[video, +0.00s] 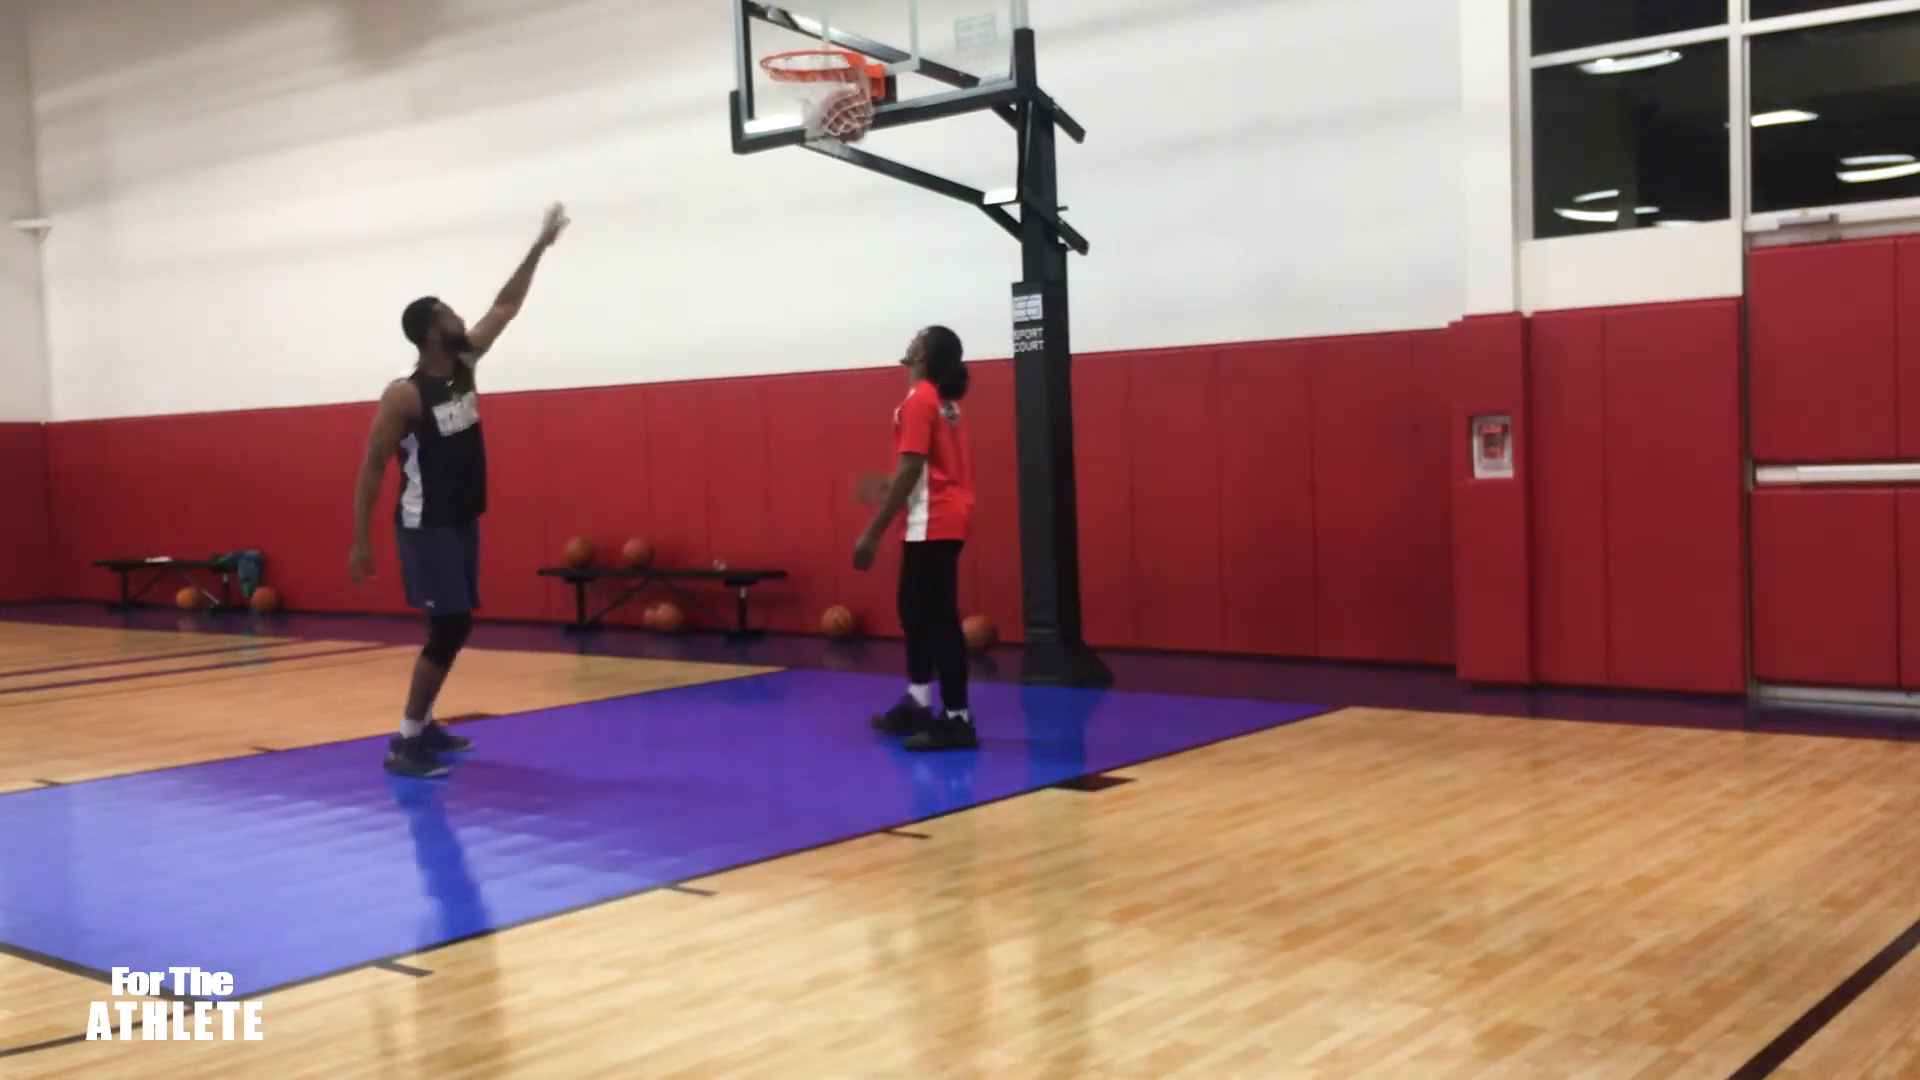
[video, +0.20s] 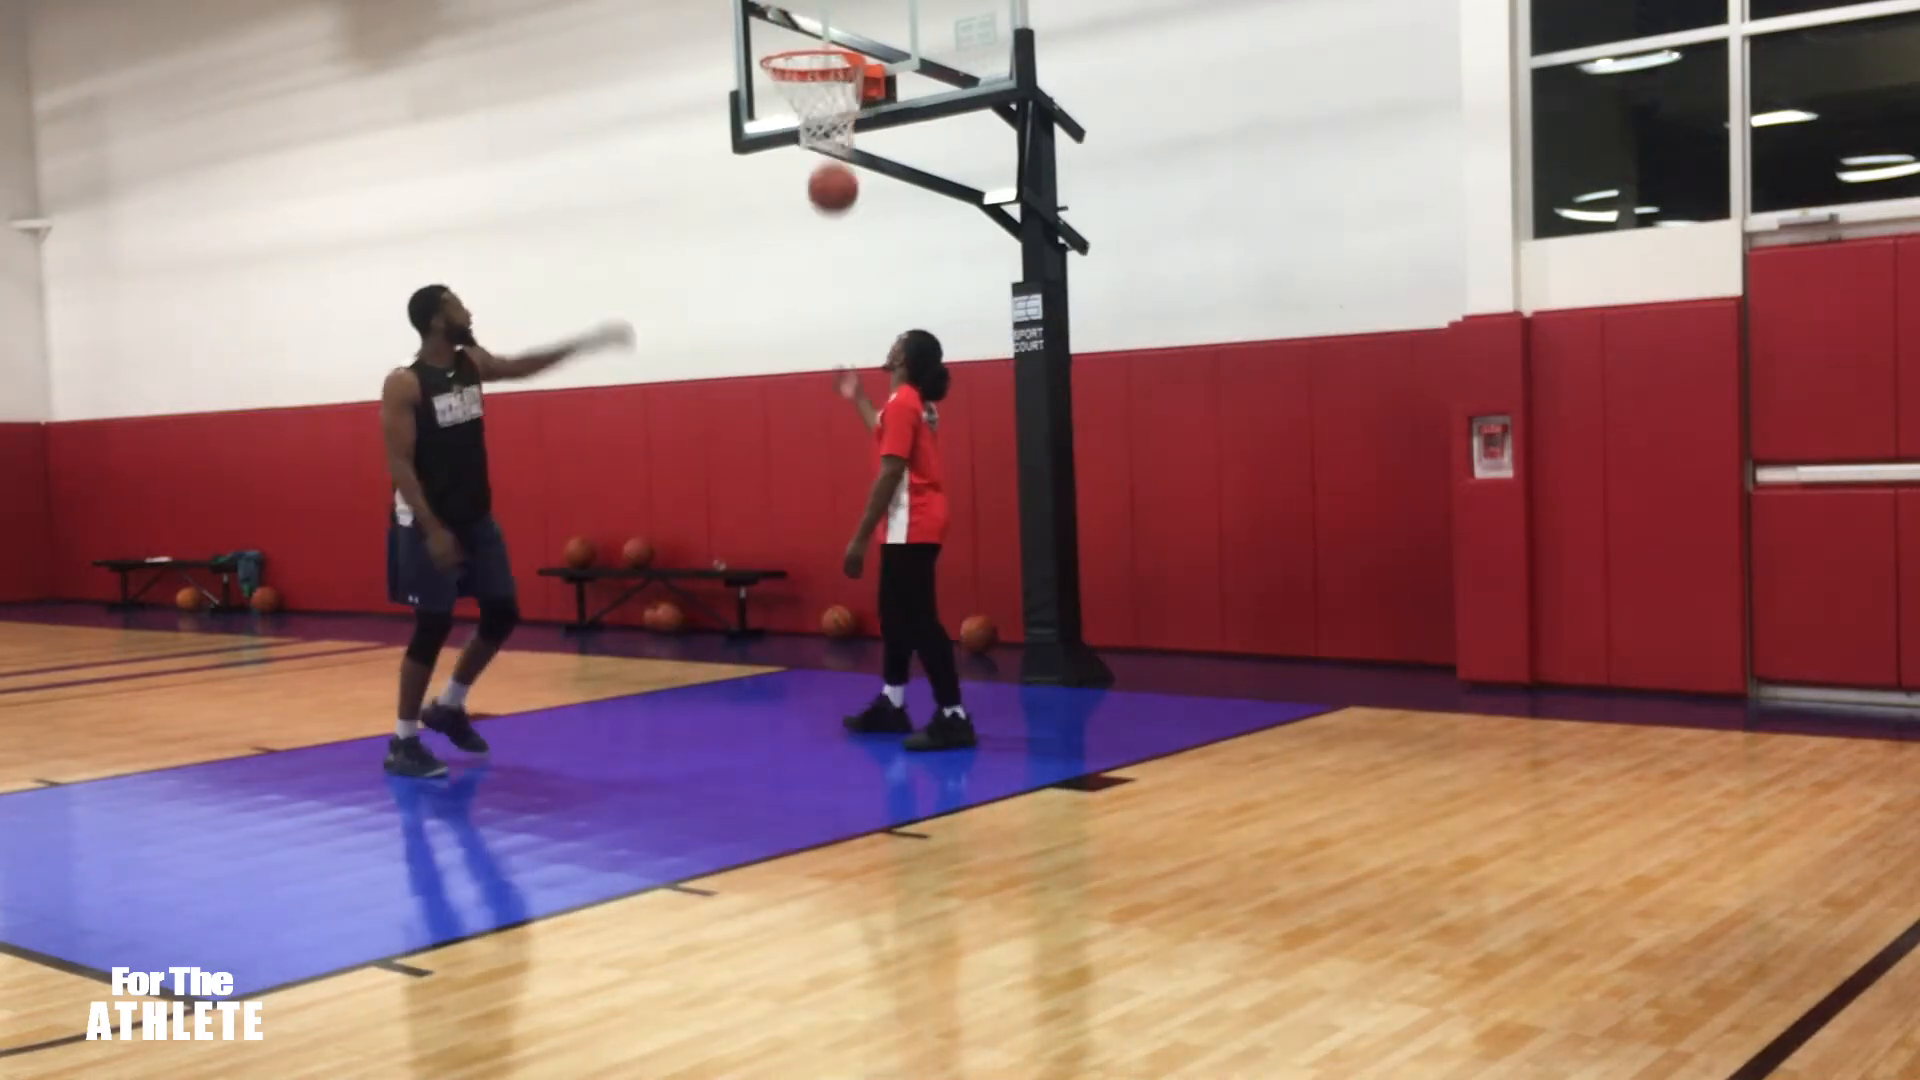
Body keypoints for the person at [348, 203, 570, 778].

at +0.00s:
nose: (460, 318)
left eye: (454, 313)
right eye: (450, 314)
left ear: (442, 329)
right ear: (432, 332)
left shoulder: (464, 363)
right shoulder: (404, 397)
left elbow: (505, 307)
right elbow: (371, 470)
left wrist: (540, 247)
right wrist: (360, 545)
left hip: (462, 522)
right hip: (426, 527)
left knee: (458, 622)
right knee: (449, 624)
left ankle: (421, 724)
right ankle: (406, 740)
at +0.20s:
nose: (467, 310)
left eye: (461, 303)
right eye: (457, 304)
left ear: (444, 320)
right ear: (436, 320)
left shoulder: (471, 362)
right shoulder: (404, 384)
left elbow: (521, 367)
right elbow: (399, 465)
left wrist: (590, 343)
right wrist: (432, 528)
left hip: (475, 521)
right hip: (426, 526)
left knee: (500, 617)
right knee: (432, 625)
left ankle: (448, 706)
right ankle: (403, 740)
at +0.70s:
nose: (608, 327)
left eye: (606, 318)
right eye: (602, 318)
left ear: (579, 322)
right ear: (577, 321)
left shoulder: (578, 382)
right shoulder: (523, 367)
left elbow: (558, 457)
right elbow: (490, 439)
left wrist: (571, 517)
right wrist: (523, 507)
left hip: (561, 522)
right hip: (509, 519)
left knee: (566, 630)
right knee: (505, 628)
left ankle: (554, 754)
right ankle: (442, 707)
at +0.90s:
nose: (653, 326)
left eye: (653, 316)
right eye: (648, 316)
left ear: (629, 313)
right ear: (623, 312)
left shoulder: (619, 367)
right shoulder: (566, 358)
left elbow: (614, 439)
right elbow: (534, 435)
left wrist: (664, 484)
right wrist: (576, 496)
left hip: (598, 517)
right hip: (563, 517)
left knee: (596, 625)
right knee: (590, 623)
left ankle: (565, 746)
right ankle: (558, 750)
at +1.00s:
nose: (676, 325)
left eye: (678, 315)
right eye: (672, 314)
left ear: (648, 310)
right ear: (646, 310)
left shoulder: (643, 367)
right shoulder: (586, 362)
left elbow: (639, 434)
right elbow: (560, 440)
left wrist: (705, 470)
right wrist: (613, 497)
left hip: (621, 523)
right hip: (590, 524)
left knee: (593, 631)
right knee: (632, 630)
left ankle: (557, 749)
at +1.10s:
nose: (699, 327)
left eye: (700, 318)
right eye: (694, 317)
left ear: (671, 313)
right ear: (667, 312)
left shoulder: (671, 370)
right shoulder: (610, 367)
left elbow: (671, 434)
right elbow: (586, 447)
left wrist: (742, 464)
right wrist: (651, 496)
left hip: (650, 530)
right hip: (620, 532)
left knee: (623, 634)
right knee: (670, 634)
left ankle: (567, 739)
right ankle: (713, 764)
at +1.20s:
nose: (721, 321)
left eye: (722, 312)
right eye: (716, 311)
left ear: (691, 311)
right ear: (687, 311)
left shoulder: (700, 370)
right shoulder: (635, 372)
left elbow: (704, 433)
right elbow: (614, 453)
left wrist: (769, 463)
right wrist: (690, 494)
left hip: (690, 528)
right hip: (655, 532)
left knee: (687, 639)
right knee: (706, 636)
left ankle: (605, 718)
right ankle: (727, 771)